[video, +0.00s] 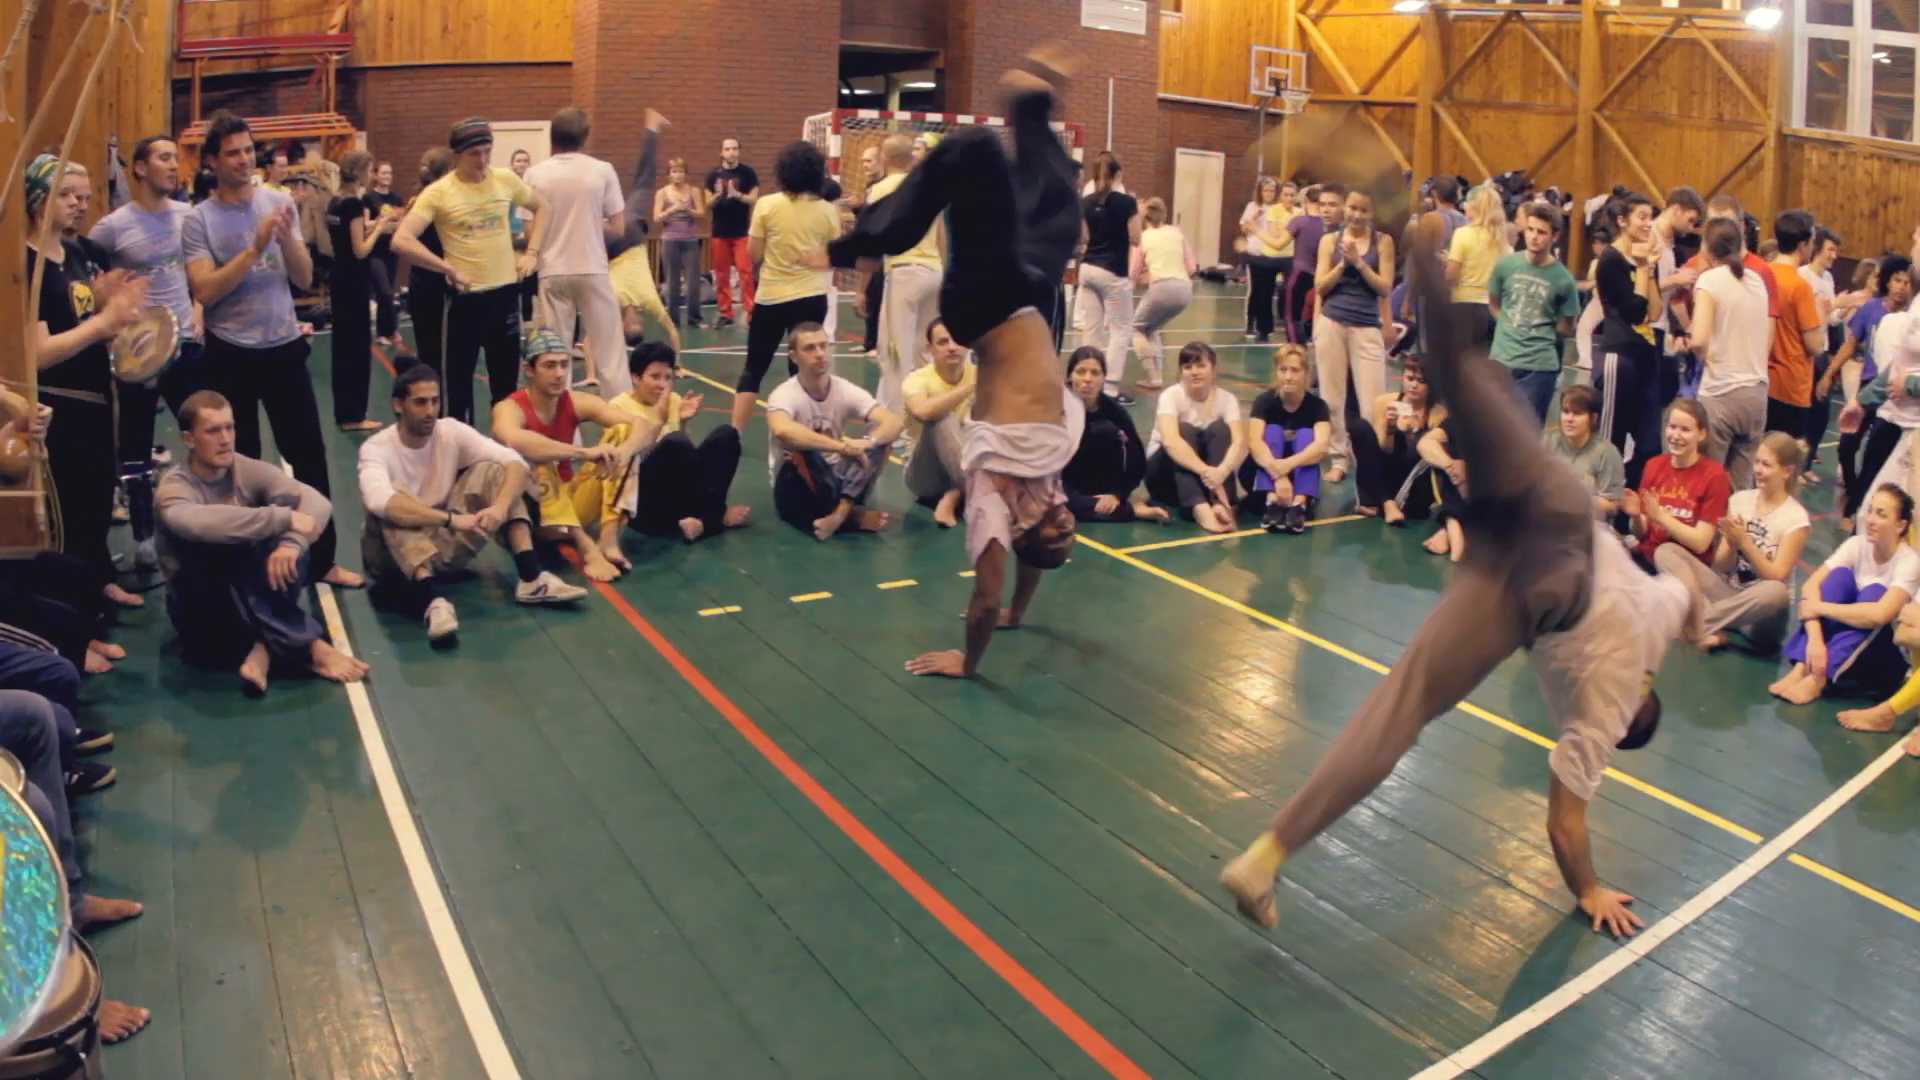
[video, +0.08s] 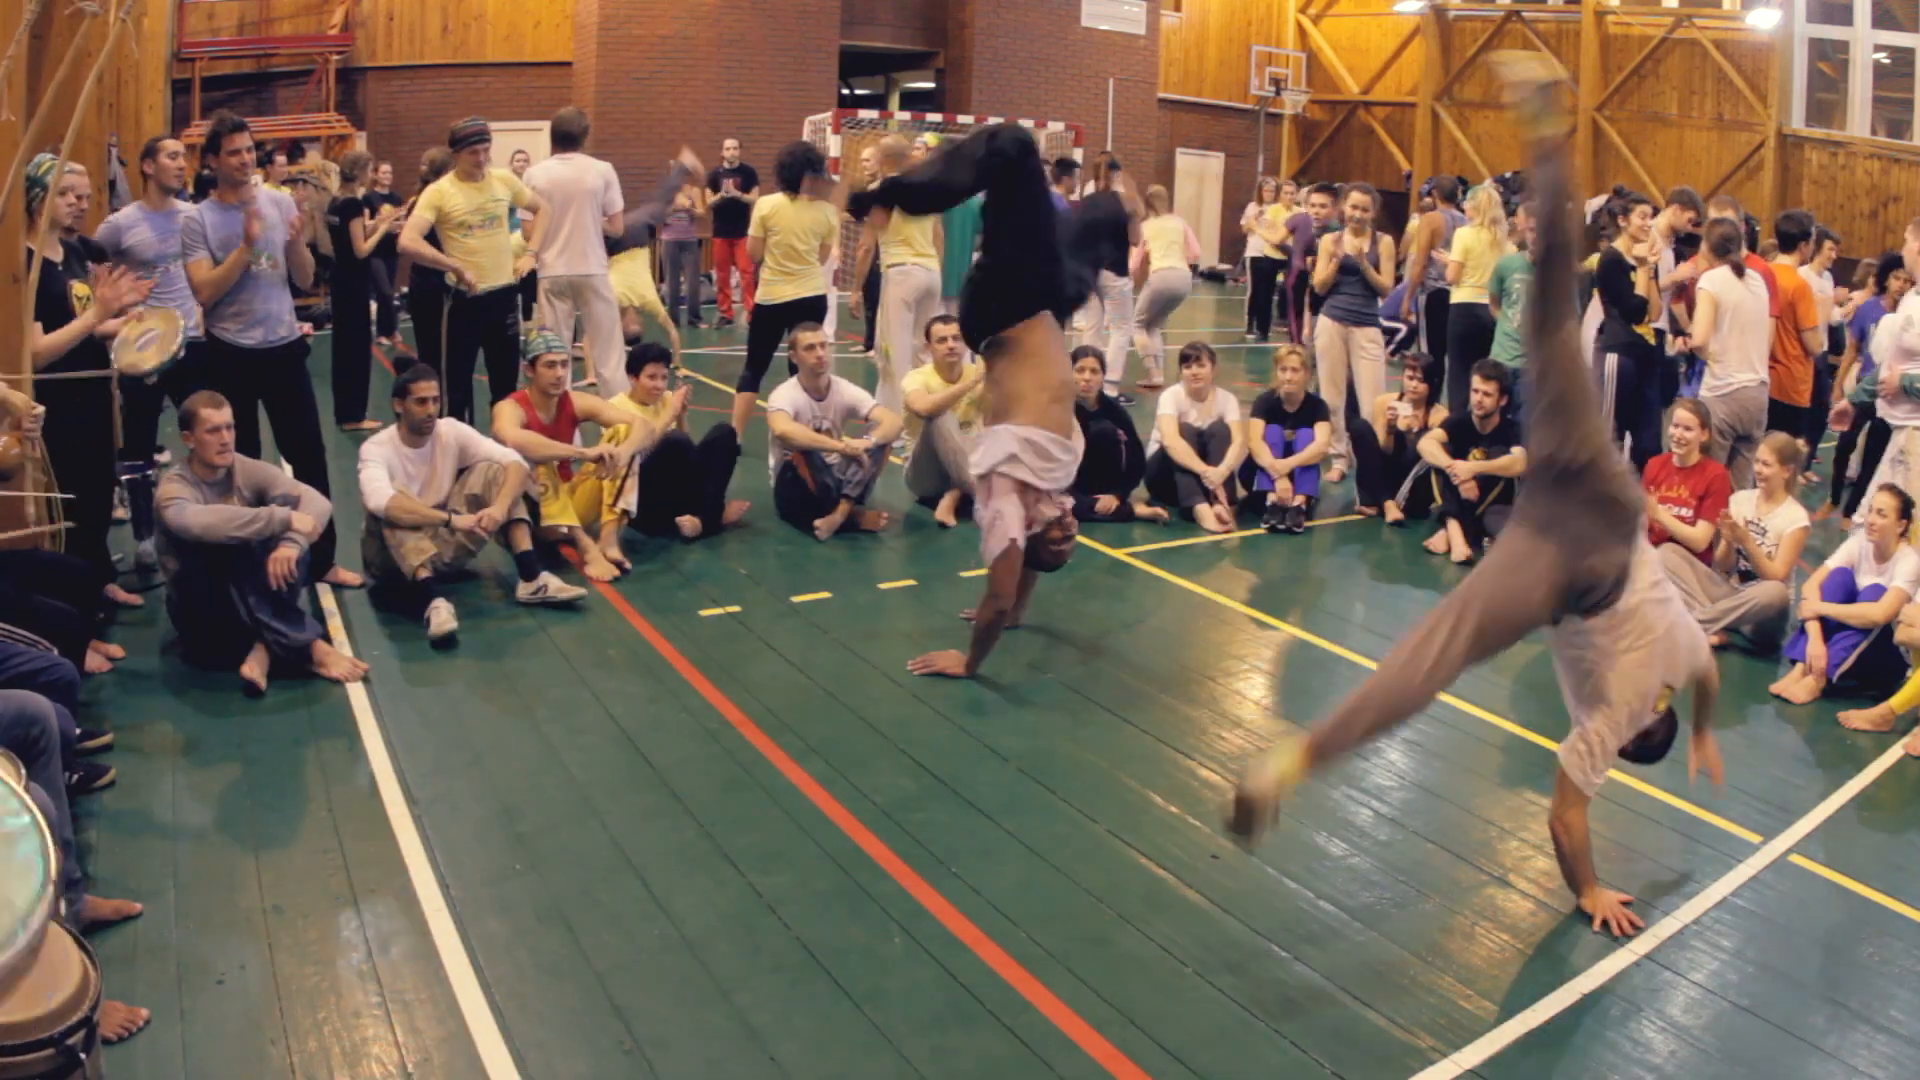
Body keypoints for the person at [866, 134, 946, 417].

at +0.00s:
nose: (873, 164)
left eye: (876, 159)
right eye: (874, 159)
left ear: (885, 159)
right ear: (910, 159)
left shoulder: (881, 190)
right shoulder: (927, 187)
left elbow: (871, 245)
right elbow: (941, 239)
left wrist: (861, 289)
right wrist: (941, 267)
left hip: (902, 269)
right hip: (933, 268)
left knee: (897, 348)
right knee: (926, 346)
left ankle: (894, 414)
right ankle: (925, 410)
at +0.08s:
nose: (872, 164)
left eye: (875, 159)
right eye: (872, 158)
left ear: (884, 161)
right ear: (908, 159)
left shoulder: (884, 193)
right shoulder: (926, 190)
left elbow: (867, 245)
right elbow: (939, 237)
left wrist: (857, 288)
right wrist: (936, 270)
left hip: (900, 270)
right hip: (930, 269)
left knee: (894, 348)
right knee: (926, 346)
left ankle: (893, 417)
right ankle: (928, 412)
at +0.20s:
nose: (869, 160)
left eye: (871, 156)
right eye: (869, 155)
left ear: (877, 158)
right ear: (903, 158)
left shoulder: (872, 189)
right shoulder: (924, 187)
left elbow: (862, 244)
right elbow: (936, 235)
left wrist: (850, 287)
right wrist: (935, 266)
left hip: (896, 270)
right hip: (928, 269)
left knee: (892, 349)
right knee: (923, 346)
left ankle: (892, 421)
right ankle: (925, 414)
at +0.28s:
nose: (867, 160)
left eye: (869, 157)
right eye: (868, 156)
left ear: (875, 158)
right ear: (901, 158)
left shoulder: (870, 188)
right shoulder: (922, 187)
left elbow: (858, 245)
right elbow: (937, 236)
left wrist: (848, 286)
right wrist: (931, 269)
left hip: (893, 271)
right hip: (926, 270)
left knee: (888, 349)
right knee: (921, 347)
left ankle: (890, 421)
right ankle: (924, 414)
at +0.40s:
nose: (865, 161)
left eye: (867, 157)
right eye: (865, 156)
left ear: (874, 158)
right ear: (901, 158)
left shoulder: (867, 188)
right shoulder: (922, 186)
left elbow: (857, 244)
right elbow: (935, 236)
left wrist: (848, 285)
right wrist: (929, 268)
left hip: (891, 269)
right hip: (925, 269)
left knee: (887, 348)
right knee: (926, 345)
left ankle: (890, 418)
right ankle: (925, 412)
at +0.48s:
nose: (865, 160)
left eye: (867, 156)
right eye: (866, 156)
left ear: (874, 158)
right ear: (901, 158)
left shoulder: (867, 189)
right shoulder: (922, 186)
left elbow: (858, 245)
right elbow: (935, 236)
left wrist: (850, 284)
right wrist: (928, 269)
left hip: (891, 269)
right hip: (924, 269)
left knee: (886, 346)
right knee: (923, 344)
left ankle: (891, 415)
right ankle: (924, 411)